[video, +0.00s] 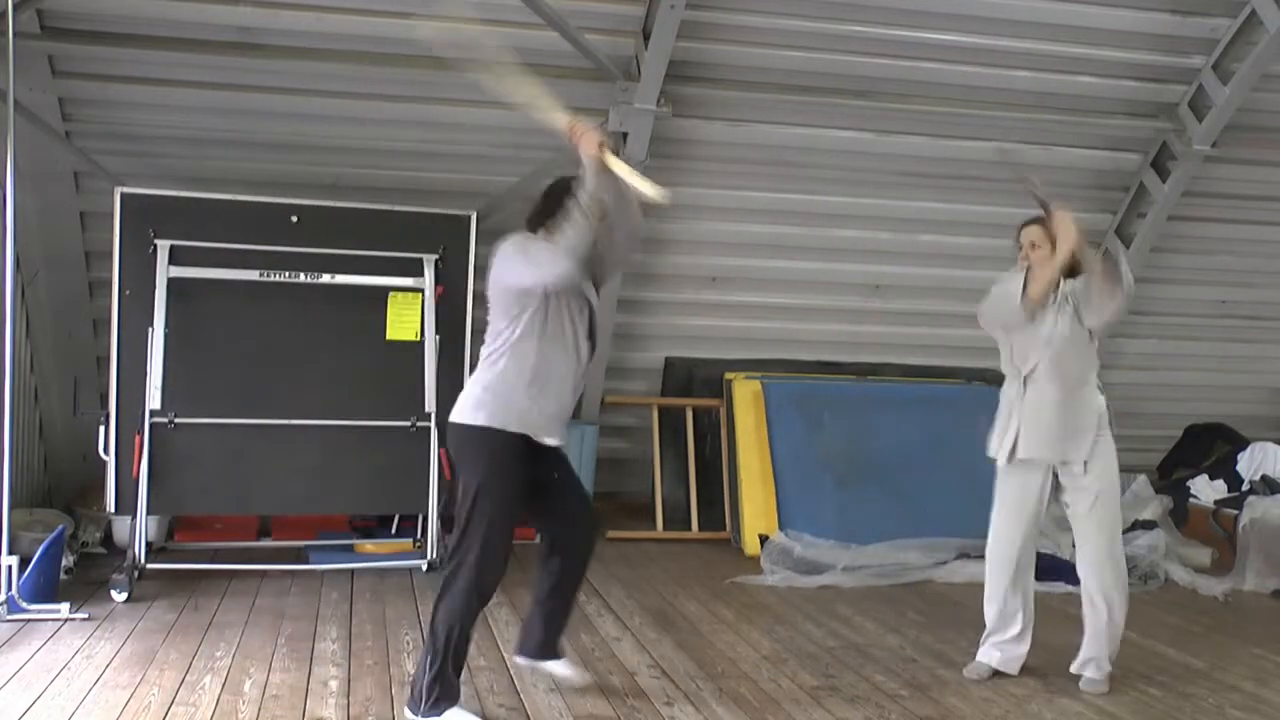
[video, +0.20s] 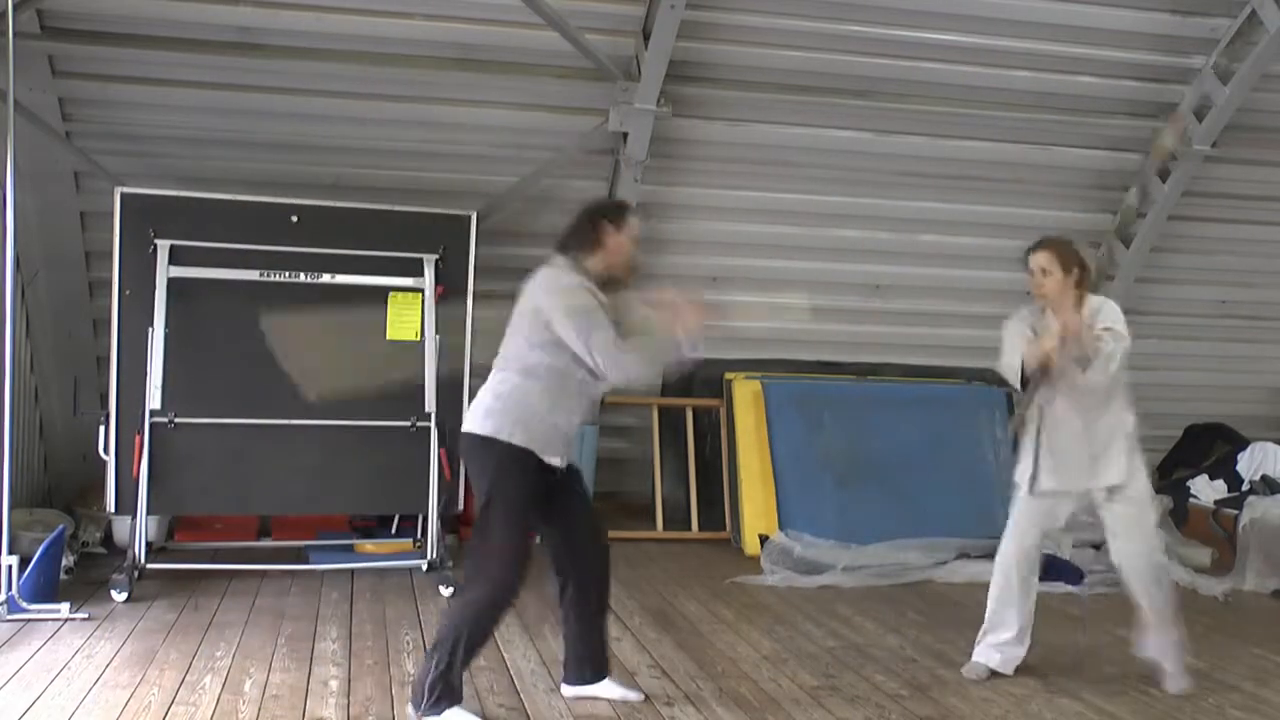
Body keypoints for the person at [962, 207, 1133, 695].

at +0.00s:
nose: (1030, 253)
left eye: (1039, 245)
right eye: (1024, 247)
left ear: (1063, 251)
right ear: (1017, 254)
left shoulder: (1082, 295)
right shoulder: (1006, 293)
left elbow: (1112, 299)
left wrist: (1086, 252)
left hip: (1085, 439)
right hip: (1022, 437)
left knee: (1099, 552)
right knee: (1005, 548)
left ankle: (1096, 661)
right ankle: (999, 651)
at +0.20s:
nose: (1035, 282)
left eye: (1044, 273)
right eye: (1031, 274)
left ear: (1073, 275)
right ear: (1030, 280)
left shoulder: (1105, 313)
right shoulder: (1023, 323)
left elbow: (1102, 373)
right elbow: (1012, 374)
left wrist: (1072, 341)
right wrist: (1045, 349)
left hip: (1112, 460)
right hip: (1048, 462)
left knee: (1142, 559)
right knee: (1015, 553)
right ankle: (995, 652)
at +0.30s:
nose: (1043, 293)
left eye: (1050, 283)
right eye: (1038, 285)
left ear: (1078, 279)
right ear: (1037, 288)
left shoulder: (1119, 311)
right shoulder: (1038, 328)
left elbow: (1119, 365)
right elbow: (1034, 368)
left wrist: (1088, 368)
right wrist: (1056, 389)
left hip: (1138, 458)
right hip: (1074, 462)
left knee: (1153, 561)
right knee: (1028, 552)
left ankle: (1187, 663)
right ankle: (995, 651)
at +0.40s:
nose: (1067, 308)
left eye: (1074, 297)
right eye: (1060, 299)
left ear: (1102, 292)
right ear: (1058, 303)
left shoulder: (1138, 314)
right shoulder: (1065, 342)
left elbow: (1143, 356)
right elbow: (1072, 392)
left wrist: (1136, 398)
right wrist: (1108, 410)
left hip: (1168, 446)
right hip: (1108, 448)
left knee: (1170, 557)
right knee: (1095, 546)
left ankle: (1184, 665)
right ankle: (1100, 632)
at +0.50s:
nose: (1079, 310)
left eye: (1087, 300)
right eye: (1074, 302)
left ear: (1115, 297)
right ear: (1072, 307)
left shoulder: (1147, 314)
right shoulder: (1078, 350)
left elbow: (1173, 343)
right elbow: (1104, 399)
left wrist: (1148, 379)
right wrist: (1130, 406)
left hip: (1178, 458)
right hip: (1127, 467)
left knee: (1174, 562)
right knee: (1139, 559)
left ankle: (1181, 663)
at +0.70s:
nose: (1112, 306)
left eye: (1121, 297)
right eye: (1108, 299)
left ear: (1147, 298)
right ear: (1103, 303)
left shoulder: (1172, 320)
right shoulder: (1106, 341)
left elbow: (1144, 328)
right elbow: (1118, 397)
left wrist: (1091, 332)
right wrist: (1089, 353)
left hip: (1202, 465)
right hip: (1157, 474)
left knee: (1177, 561)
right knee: (1208, 557)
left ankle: (1181, 668)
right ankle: (1255, 633)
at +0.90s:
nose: (1121, 277)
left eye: (1131, 269)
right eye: (1119, 269)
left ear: (1159, 274)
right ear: (1115, 275)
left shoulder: (1177, 321)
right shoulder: (1111, 315)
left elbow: (1156, 373)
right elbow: (1059, 350)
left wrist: (1093, 356)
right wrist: (1065, 353)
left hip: (1187, 466)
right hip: (1137, 464)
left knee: (1177, 566)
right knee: (1153, 561)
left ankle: (1197, 672)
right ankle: (1230, 622)